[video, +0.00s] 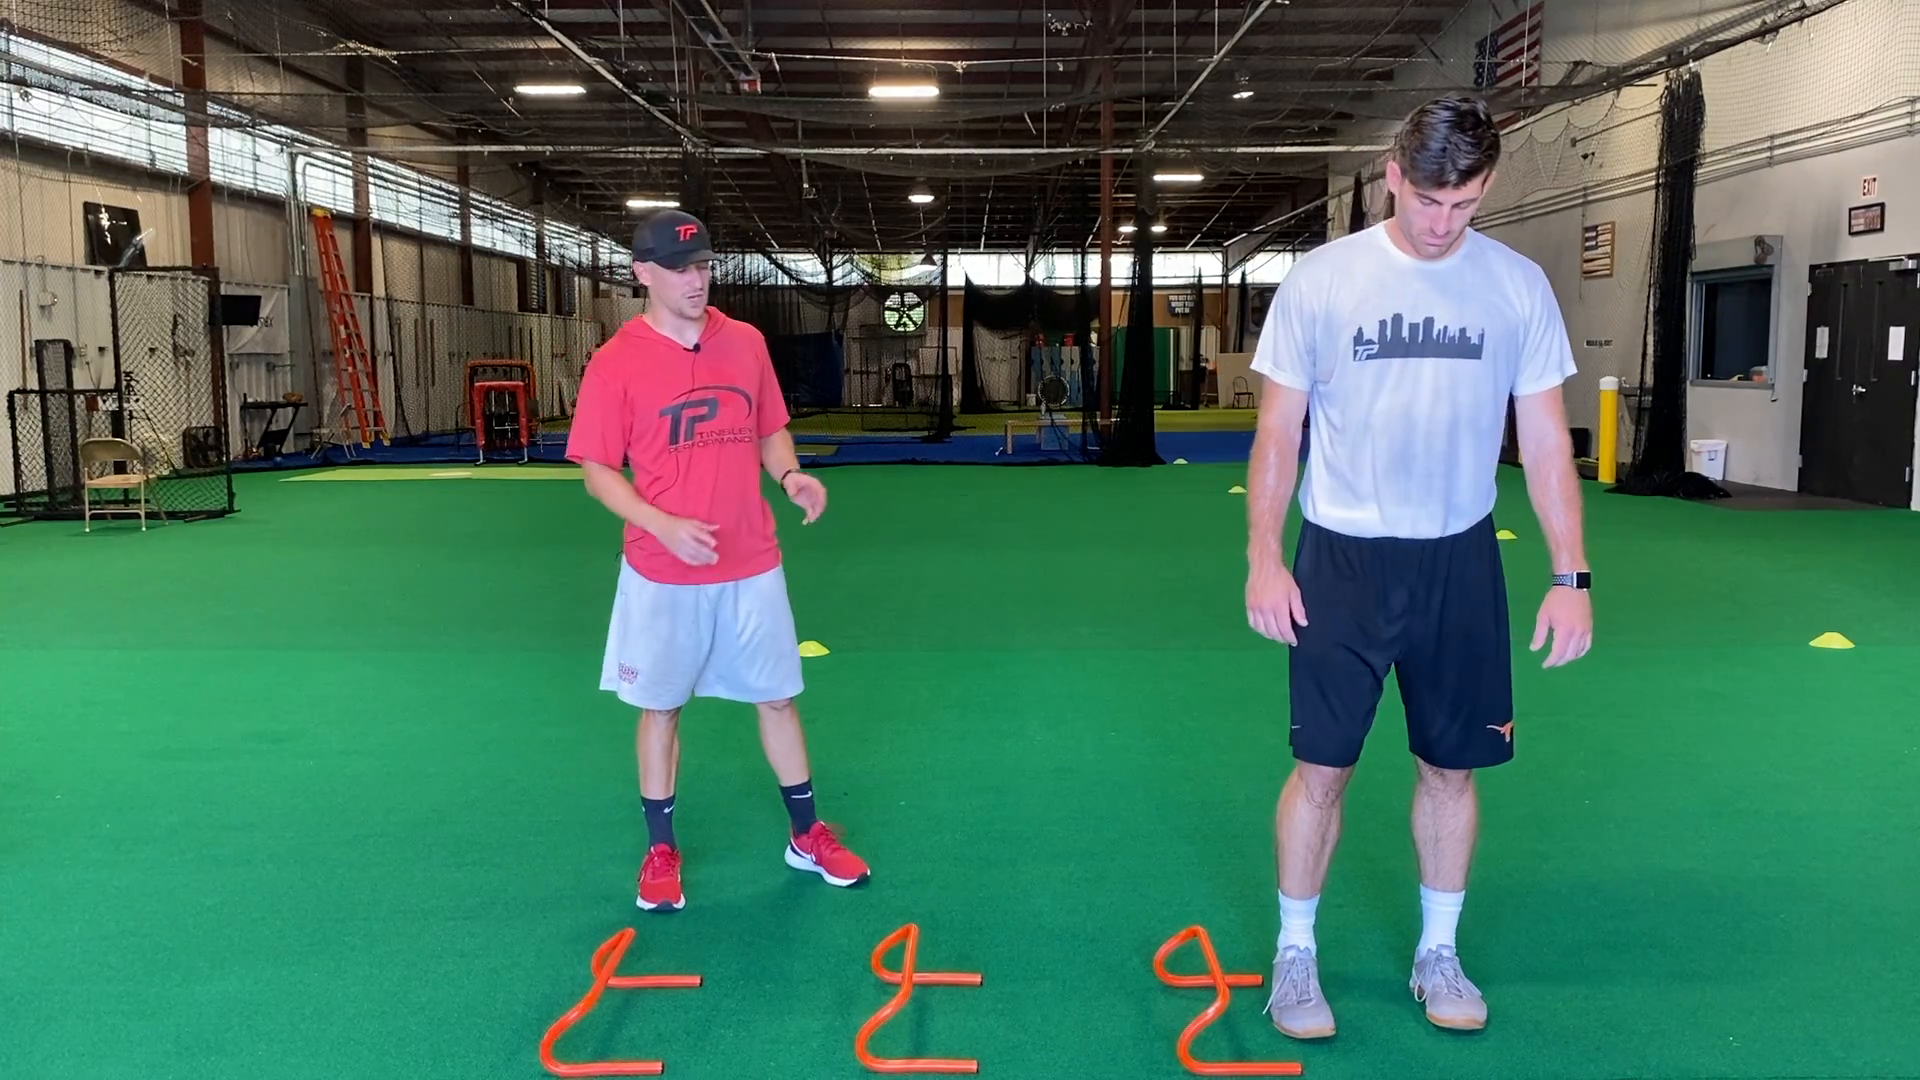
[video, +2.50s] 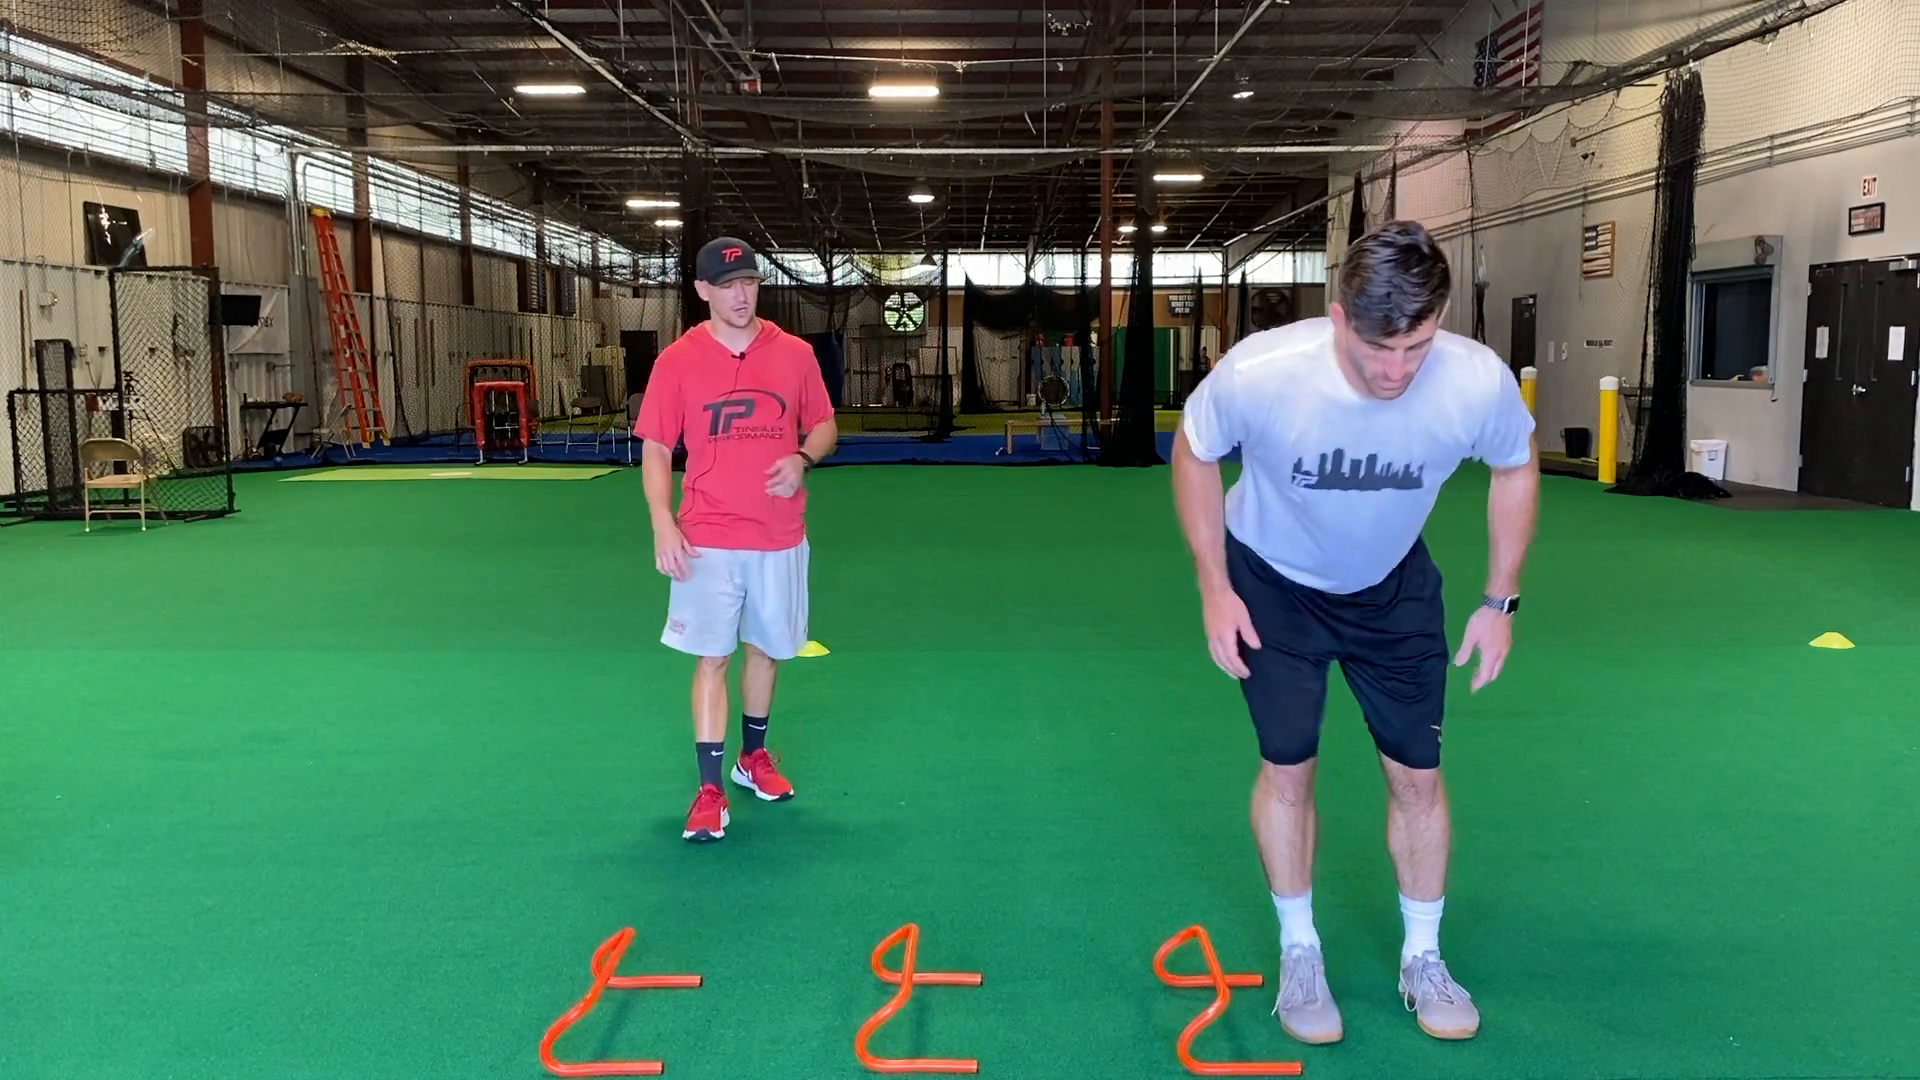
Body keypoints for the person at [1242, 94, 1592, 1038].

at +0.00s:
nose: (1448, 223)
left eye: (1467, 205)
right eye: (1431, 202)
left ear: (1489, 189)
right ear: (1391, 176)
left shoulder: (1516, 285)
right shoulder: (1319, 282)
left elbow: (1546, 441)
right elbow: (1278, 434)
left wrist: (1571, 575)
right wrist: (1264, 557)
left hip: (1459, 562)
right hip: (1342, 560)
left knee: (1451, 763)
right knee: (1323, 766)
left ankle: (1439, 956)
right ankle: (1295, 956)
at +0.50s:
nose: (1363, 234)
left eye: (1380, 215)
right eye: (1346, 215)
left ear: (1402, 194)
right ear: (1308, 191)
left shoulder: (1444, 274)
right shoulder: (1249, 298)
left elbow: (1479, 422)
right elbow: (1225, 458)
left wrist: (1497, 552)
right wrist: (1223, 590)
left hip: (1419, 557)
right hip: (1302, 564)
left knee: (1445, 759)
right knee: (1300, 766)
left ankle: (1437, 950)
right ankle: (1294, 959)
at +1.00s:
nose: (1397, 233)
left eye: (1415, 214)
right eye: (1379, 213)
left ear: (1439, 194)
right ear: (1341, 187)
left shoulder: (1480, 278)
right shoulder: (1277, 291)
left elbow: (1511, 437)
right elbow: (1250, 457)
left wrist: (1528, 569)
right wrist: (1245, 583)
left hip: (1436, 560)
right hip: (1317, 563)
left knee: (1436, 763)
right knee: (1306, 769)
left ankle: (1428, 958)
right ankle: (1293, 960)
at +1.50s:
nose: (1424, 253)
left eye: (1442, 234)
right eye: (1408, 232)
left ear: (1463, 213)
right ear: (1369, 200)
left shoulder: (1496, 293)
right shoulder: (1290, 292)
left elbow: (1520, 446)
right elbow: (1247, 444)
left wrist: (1538, 583)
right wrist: (1247, 581)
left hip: (1431, 564)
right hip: (1315, 565)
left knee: (1432, 764)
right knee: (1312, 767)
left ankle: (1428, 959)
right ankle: (1298, 962)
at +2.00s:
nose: (1389, 309)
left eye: (1405, 288)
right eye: (1371, 289)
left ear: (1427, 259)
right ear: (1333, 258)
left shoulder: (1472, 314)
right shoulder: (1260, 338)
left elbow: (1501, 446)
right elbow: (1214, 472)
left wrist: (1503, 581)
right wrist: (1228, 615)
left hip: (1415, 574)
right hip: (1296, 579)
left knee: (1441, 761)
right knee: (1297, 772)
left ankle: (1432, 955)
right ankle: (1298, 961)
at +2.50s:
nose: (1396, 367)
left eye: (1414, 347)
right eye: (1377, 347)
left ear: (1436, 322)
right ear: (1338, 318)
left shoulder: (1476, 381)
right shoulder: (1257, 374)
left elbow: (1517, 467)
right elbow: (1192, 449)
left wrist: (1499, 598)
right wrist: (1214, 586)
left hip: (1394, 581)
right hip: (1275, 580)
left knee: (1418, 769)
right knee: (1288, 763)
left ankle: (1424, 958)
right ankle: (1300, 952)